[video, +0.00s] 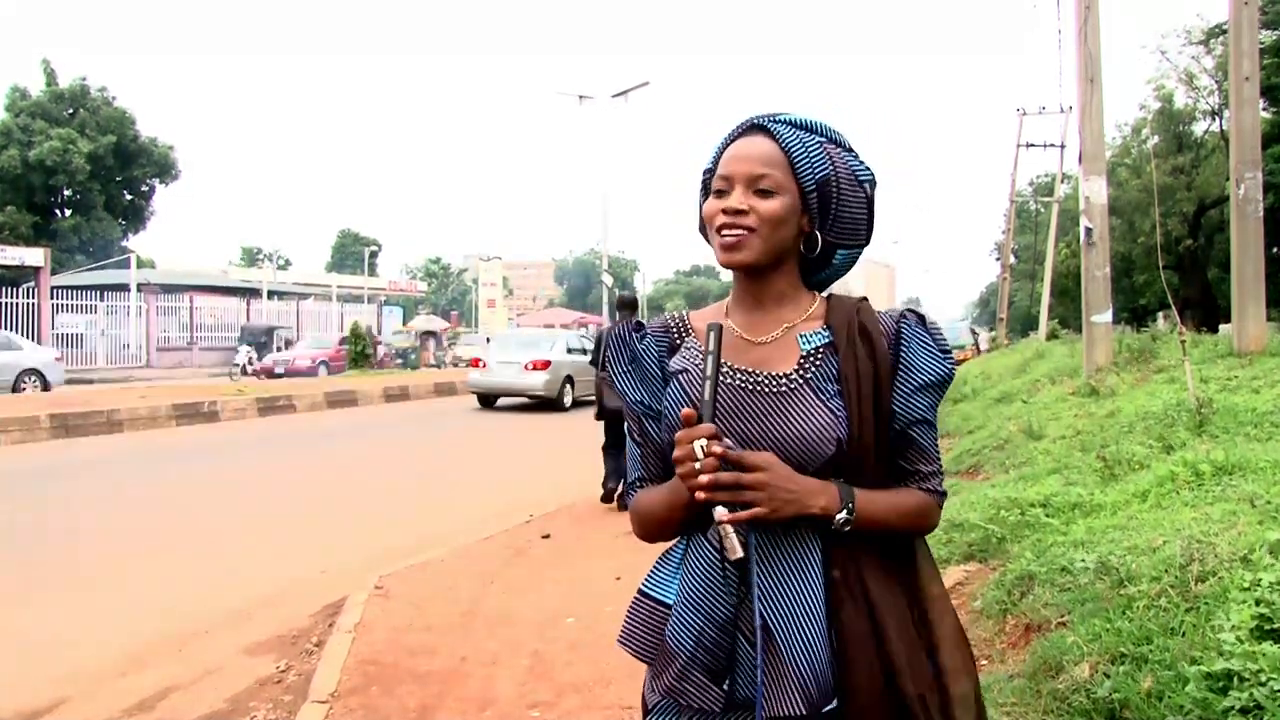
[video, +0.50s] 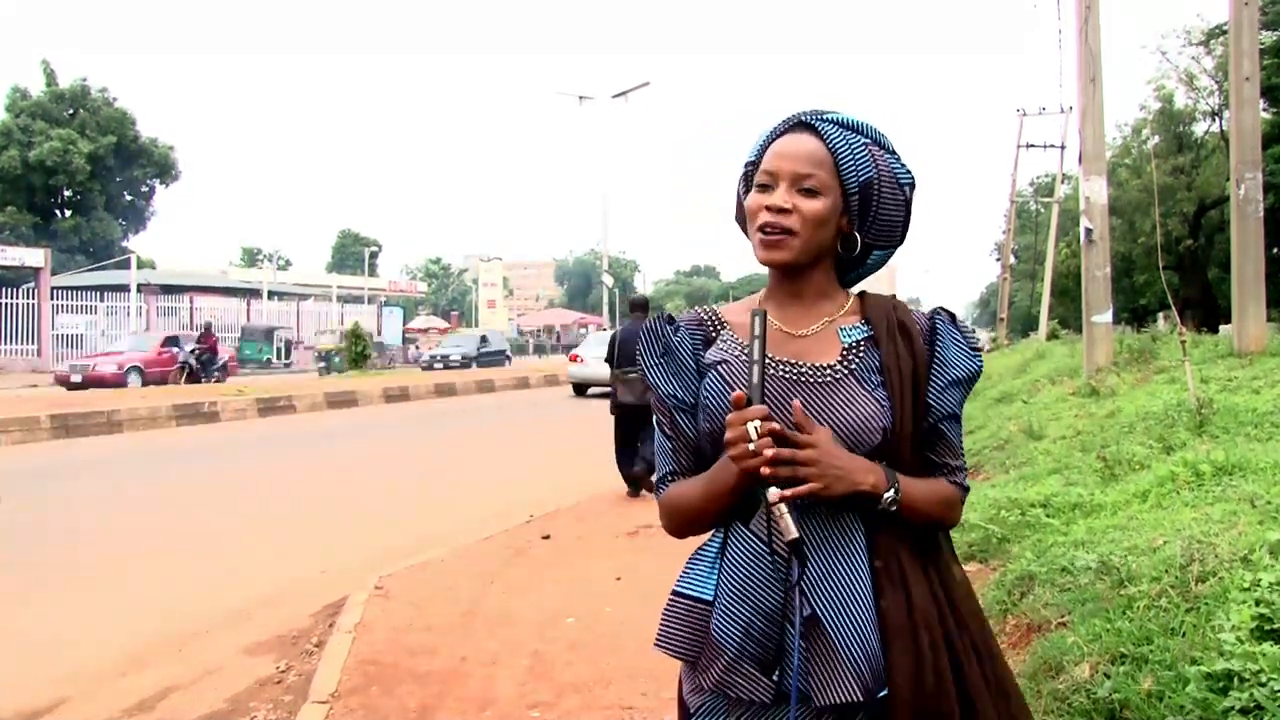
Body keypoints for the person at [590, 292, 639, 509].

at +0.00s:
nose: (625, 314)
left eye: (622, 309)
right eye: (630, 310)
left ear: (617, 309)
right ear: (637, 310)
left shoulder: (605, 334)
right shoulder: (644, 336)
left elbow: (596, 363)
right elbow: (649, 368)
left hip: (611, 400)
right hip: (637, 399)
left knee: (612, 444)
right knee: (634, 444)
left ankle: (611, 480)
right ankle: (627, 493)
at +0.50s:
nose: (638, 314)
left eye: (634, 310)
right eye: (642, 310)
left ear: (629, 311)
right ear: (647, 310)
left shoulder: (619, 334)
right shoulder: (654, 334)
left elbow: (612, 366)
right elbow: (661, 365)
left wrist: (614, 397)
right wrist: (661, 391)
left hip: (624, 401)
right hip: (649, 399)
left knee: (624, 443)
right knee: (649, 434)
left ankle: (633, 485)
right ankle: (643, 468)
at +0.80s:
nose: (655, 315)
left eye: (652, 311)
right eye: (659, 312)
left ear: (646, 313)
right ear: (663, 313)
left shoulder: (633, 334)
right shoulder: (668, 334)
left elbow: (625, 360)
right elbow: (674, 362)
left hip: (635, 392)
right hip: (661, 392)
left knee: (633, 438)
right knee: (663, 436)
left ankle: (633, 483)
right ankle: (666, 474)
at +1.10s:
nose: (669, 314)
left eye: (666, 311)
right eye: (672, 310)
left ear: (660, 311)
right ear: (677, 311)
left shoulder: (650, 332)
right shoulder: (685, 332)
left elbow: (641, 356)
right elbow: (692, 359)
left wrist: (647, 380)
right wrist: (693, 382)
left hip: (654, 388)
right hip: (679, 387)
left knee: (654, 427)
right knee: (675, 432)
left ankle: (649, 459)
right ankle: (668, 474)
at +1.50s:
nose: (682, 318)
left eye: (678, 315)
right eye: (684, 314)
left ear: (672, 316)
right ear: (688, 315)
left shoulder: (663, 337)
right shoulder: (697, 334)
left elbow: (658, 368)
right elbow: (705, 361)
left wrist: (657, 395)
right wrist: (710, 384)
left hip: (671, 385)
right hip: (693, 383)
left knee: (676, 425)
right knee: (687, 426)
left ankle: (676, 458)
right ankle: (678, 463)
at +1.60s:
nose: (687, 316)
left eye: (683, 313)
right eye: (688, 313)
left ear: (676, 313)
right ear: (691, 313)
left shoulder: (665, 334)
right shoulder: (699, 332)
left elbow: (661, 364)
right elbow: (707, 359)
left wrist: (663, 389)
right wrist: (713, 384)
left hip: (673, 384)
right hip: (696, 383)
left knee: (677, 423)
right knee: (698, 423)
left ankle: (685, 461)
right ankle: (684, 449)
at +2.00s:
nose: (699, 319)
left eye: (696, 316)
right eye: (702, 315)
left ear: (692, 316)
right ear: (707, 316)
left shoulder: (681, 335)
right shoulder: (714, 337)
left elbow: (675, 357)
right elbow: (719, 362)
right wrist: (717, 382)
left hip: (684, 386)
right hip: (707, 386)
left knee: (683, 424)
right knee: (709, 425)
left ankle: (682, 464)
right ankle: (712, 460)